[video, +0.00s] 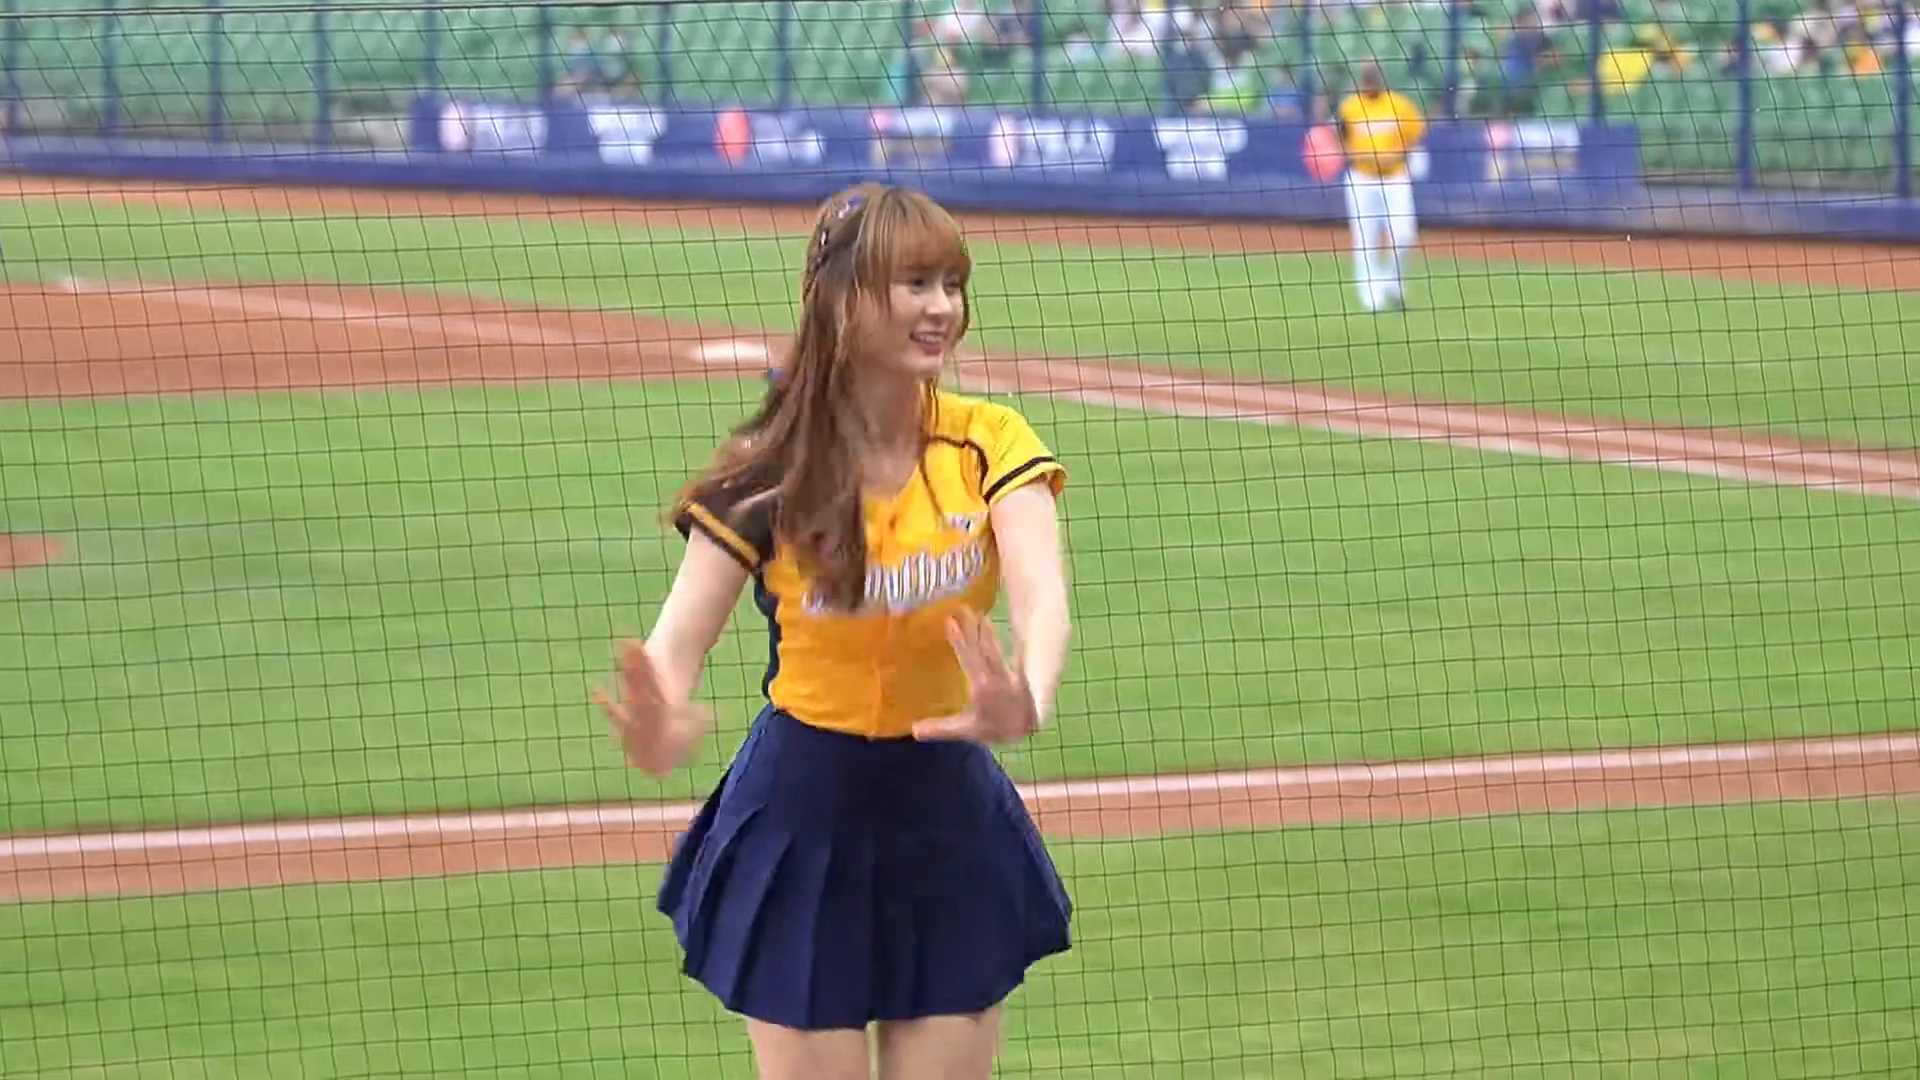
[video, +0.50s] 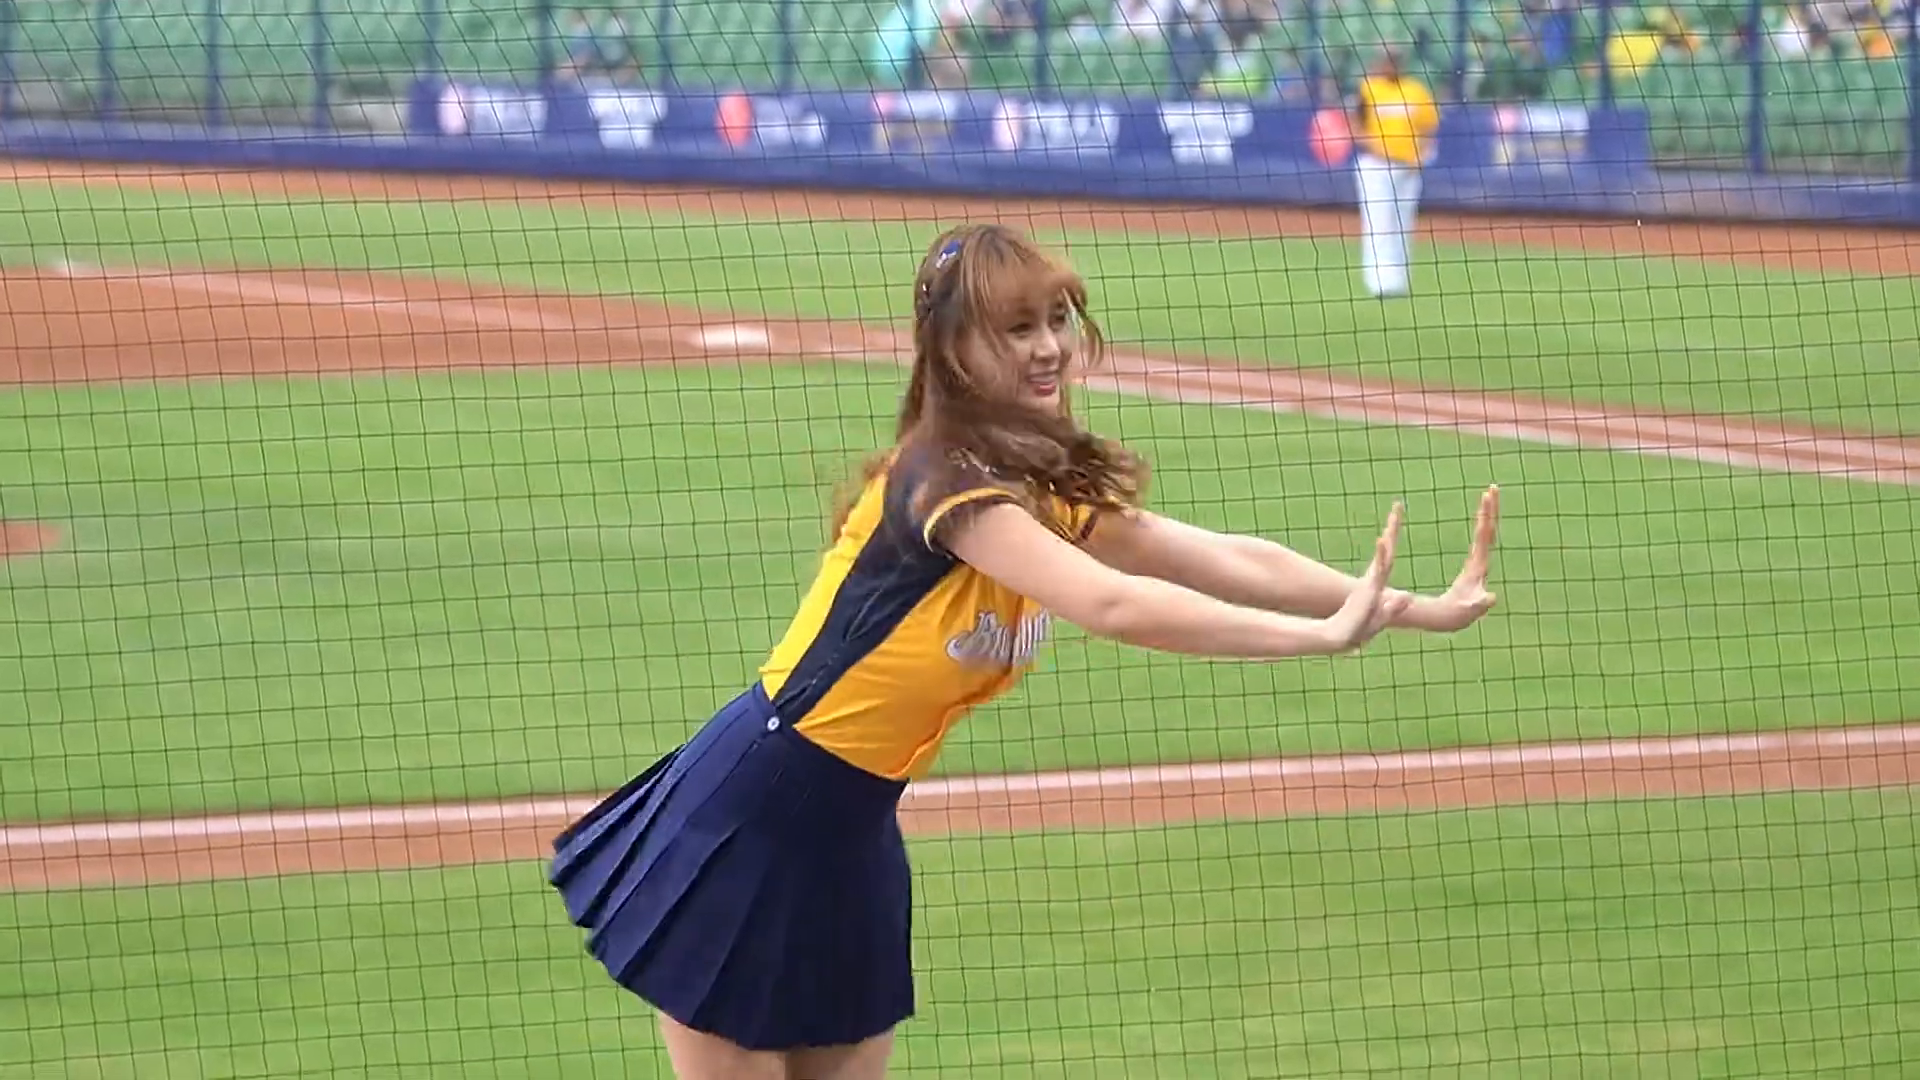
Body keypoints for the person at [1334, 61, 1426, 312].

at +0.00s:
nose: (1369, 83)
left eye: (1373, 78)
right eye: (1365, 78)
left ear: (1381, 79)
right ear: (1359, 81)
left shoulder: (1399, 104)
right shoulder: (1349, 107)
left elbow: (1418, 133)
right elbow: (1338, 136)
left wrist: (1398, 155)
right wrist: (1354, 157)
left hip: (1396, 176)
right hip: (1361, 177)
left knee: (1403, 234)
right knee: (1365, 237)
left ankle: (1392, 283)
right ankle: (1371, 295)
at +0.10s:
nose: (1371, 80)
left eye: (1375, 75)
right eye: (1367, 75)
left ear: (1383, 76)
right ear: (1361, 78)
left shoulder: (1401, 101)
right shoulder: (1351, 104)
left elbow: (1419, 131)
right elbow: (1340, 134)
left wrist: (1398, 156)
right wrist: (1360, 156)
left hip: (1398, 175)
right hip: (1363, 176)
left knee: (1402, 233)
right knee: (1368, 235)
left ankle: (1394, 283)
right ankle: (1373, 292)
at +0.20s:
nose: (1375, 76)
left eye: (1379, 71)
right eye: (1371, 71)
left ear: (1387, 72)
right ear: (1363, 74)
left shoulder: (1405, 97)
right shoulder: (1354, 100)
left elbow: (1421, 128)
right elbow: (1344, 133)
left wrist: (1400, 152)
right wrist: (1366, 154)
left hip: (1400, 171)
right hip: (1365, 172)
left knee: (1401, 230)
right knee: (1371, 230)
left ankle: (1395, 283)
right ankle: (1374, 288)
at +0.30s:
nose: (1380, 73)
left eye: (1383, 67)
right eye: (1375, 68)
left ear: (1390, 69)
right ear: (1368, 71)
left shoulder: (1408, 94)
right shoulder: (1358, 97)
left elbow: (1425, 123)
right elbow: (1348, 129)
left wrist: (1406, 146)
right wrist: (1369, 150)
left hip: (1401, 168)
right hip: (1369, 169)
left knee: (1399, 228)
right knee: (1375, 228)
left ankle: (1396, 283)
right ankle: (1376, 286)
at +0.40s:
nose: (1383, 70)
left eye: (1386, 65)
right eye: (1378, 65)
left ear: (1393, 67)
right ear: (1370, 68)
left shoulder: (1412, 92)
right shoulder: (1362, 92)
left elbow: (1429, 124)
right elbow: (1349, 126)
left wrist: (1416, 147)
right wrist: (1373, 148)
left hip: (1405, 168)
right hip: (1372, 168)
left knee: (1401, 226)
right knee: (1378, 225)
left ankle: (1398, 280)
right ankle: (1380, 283)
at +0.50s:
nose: (1389, 66)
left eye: (1393, 60)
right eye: (1385, 60)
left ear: (1400, 63)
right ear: (1378, 63)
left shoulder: (1417, 90)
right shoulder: (1368, 88)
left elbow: (1430, 127)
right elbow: (1356, 124)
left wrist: (1422, 152)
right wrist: (1377, 146)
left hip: (1407, 167)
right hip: (1374, 165)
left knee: (1402, 223)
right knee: (1379, 222)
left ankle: (1399, 277)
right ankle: (1381, 280)